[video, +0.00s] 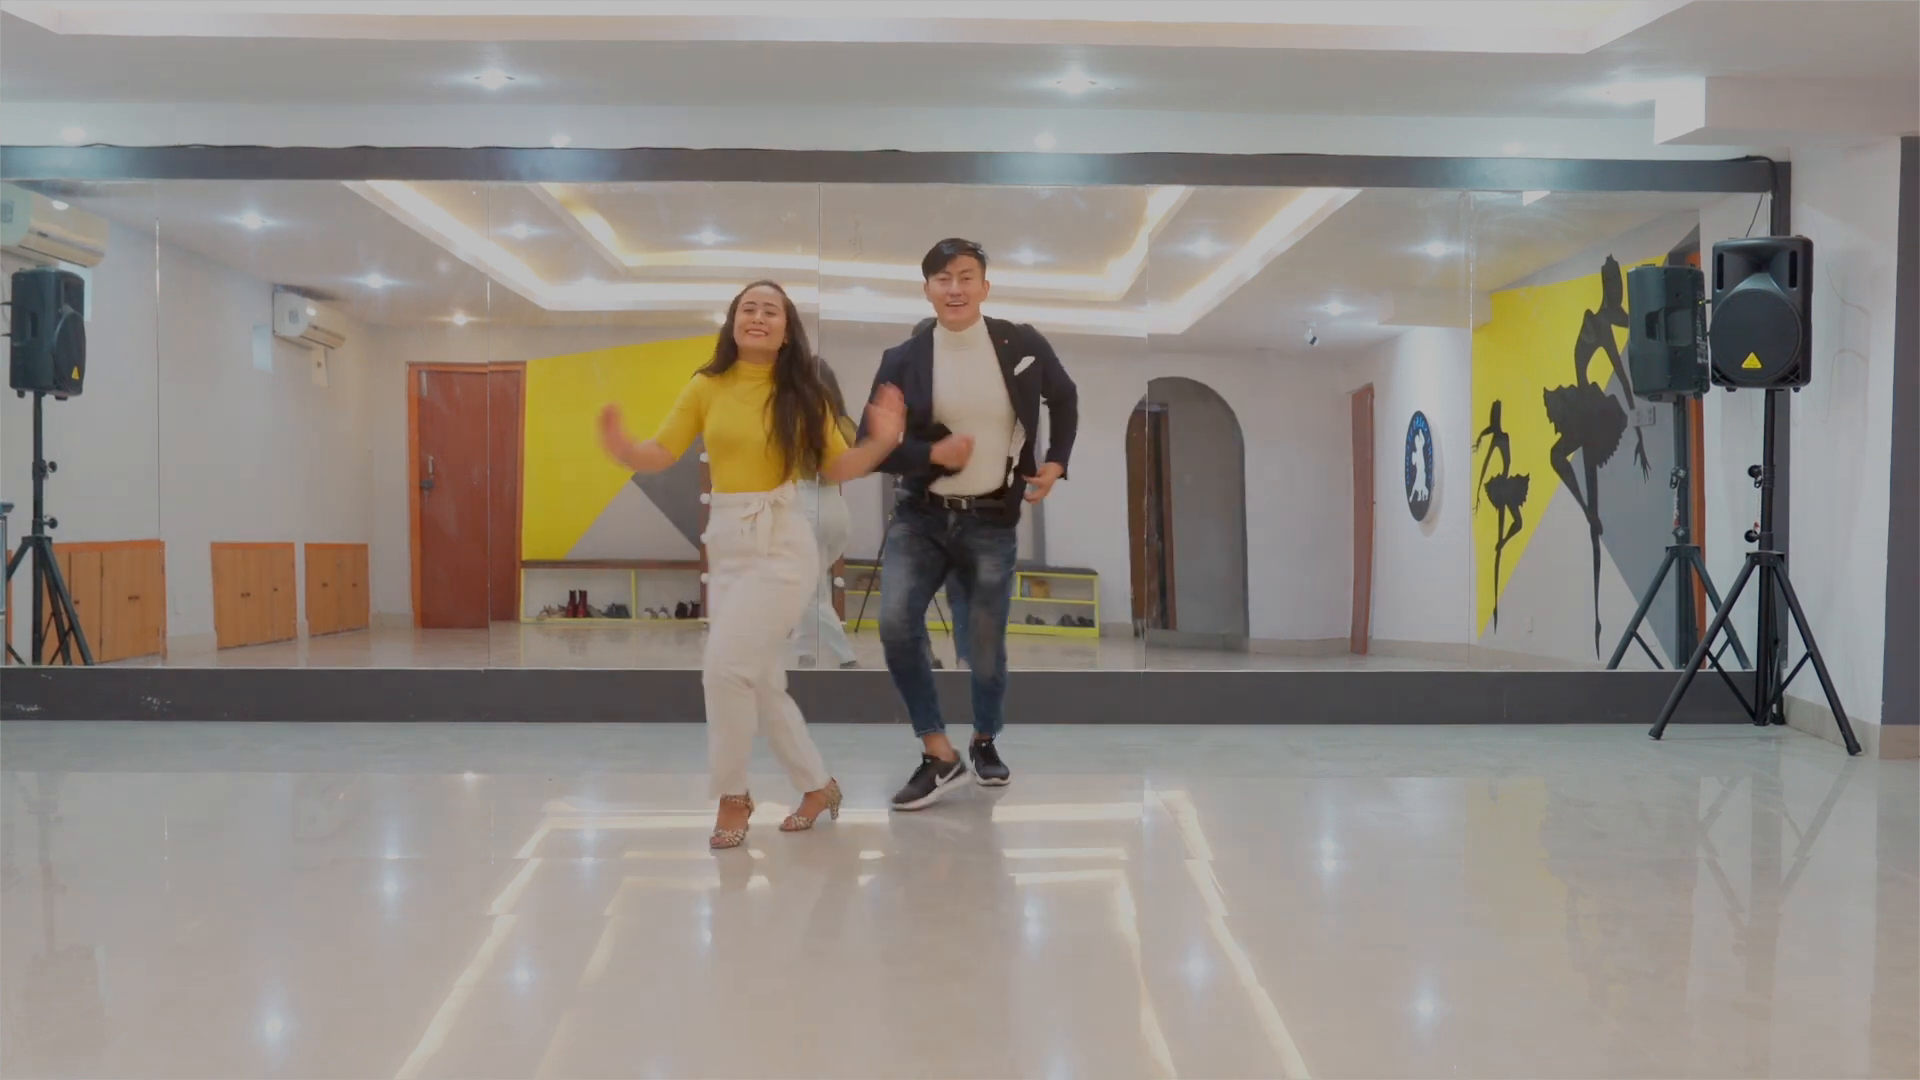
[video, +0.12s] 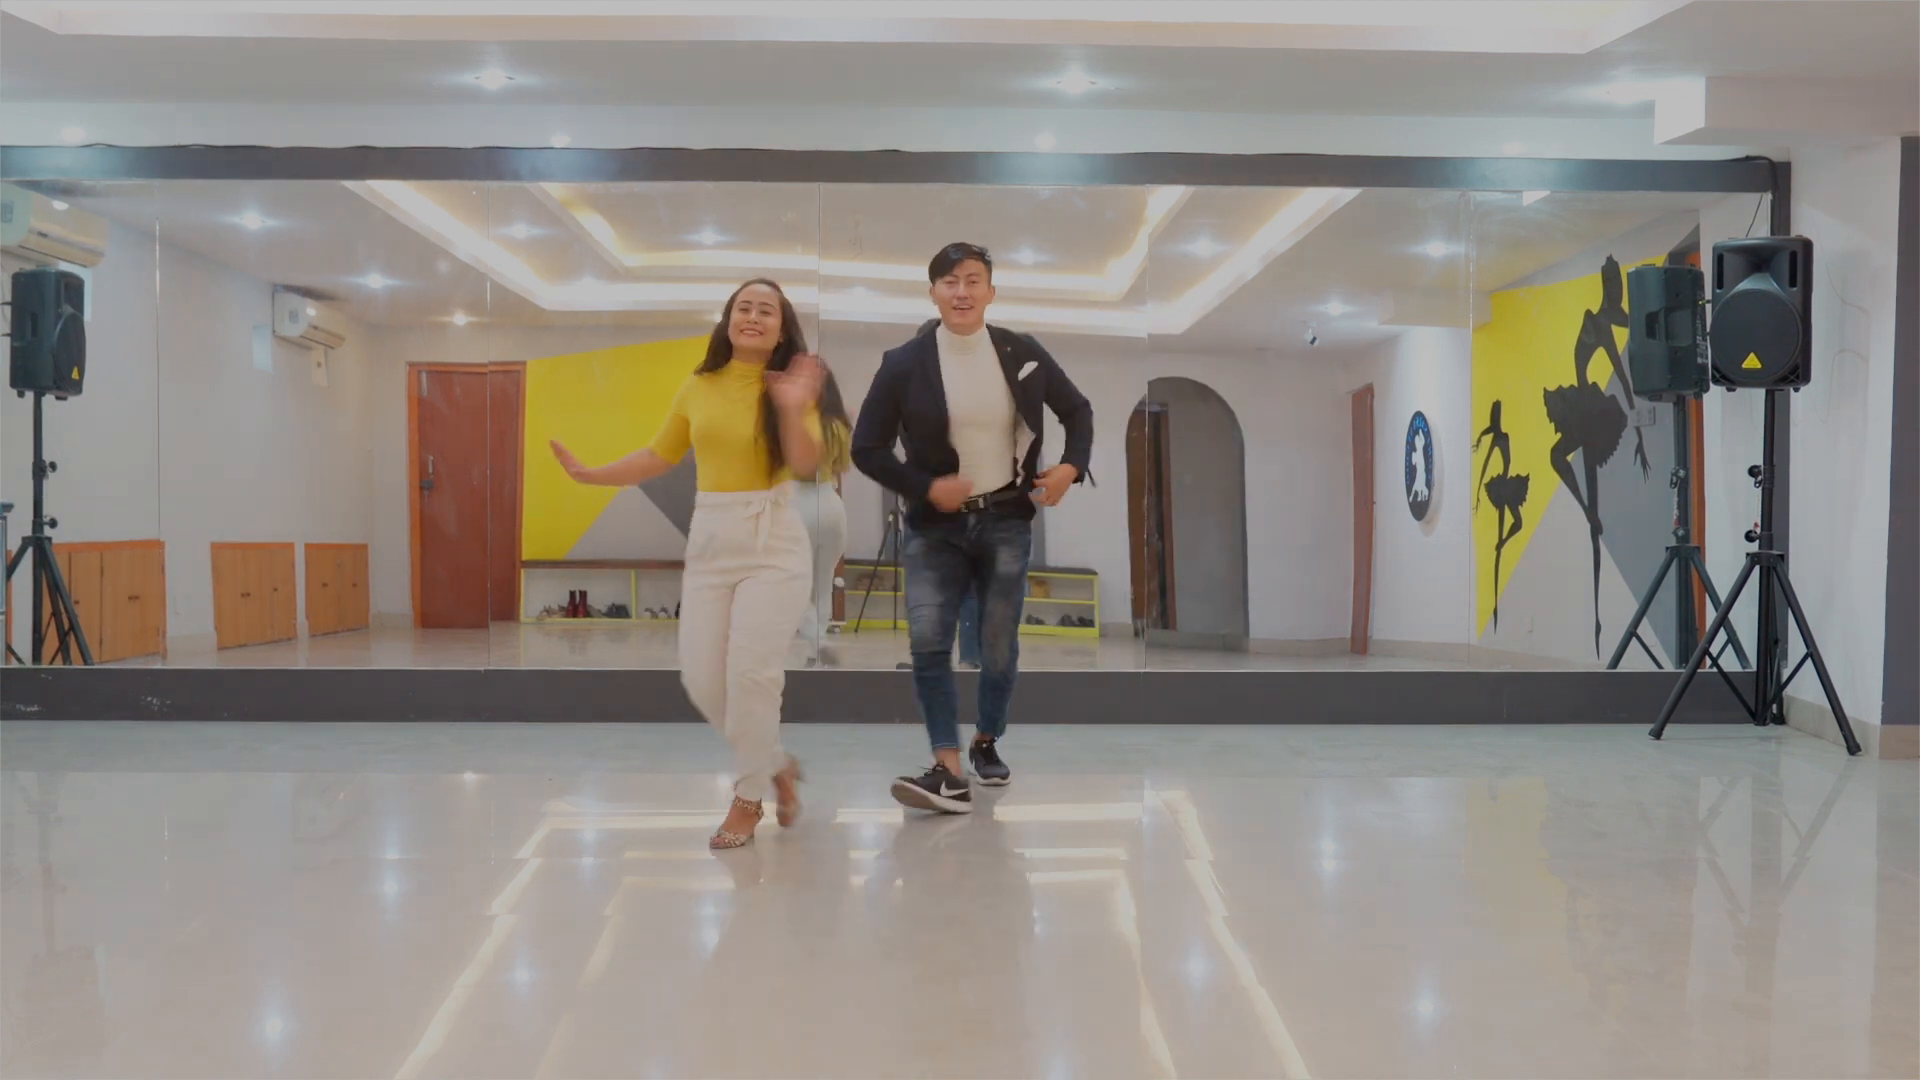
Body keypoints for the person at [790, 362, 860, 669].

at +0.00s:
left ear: (801, 386)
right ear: (833, 386)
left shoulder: (796, 417)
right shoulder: (840, 420)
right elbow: (846, 460)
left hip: (802, 502)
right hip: (834, 500)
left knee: (813, 588)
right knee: (813, 587)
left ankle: (844, 655)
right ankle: (803, 657)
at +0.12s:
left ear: (806, 394)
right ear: (833, 391)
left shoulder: (796, 425)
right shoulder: (840, 425)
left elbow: (786, 468)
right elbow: (842, 465)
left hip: (797, 496)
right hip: (829, 495)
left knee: (802, 582)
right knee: (825, 580)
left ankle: (810, 645)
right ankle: (820, 640)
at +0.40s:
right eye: (815, 379)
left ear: (785, 380)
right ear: (816, 385)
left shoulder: (773, 418)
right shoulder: (820, 425)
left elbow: (758, 468)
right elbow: (837, 468)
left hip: (780, 502)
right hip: (816, 505)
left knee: (781, 585)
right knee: (813, 583)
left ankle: (778, 655)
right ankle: (814, 651)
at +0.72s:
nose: (810, 388)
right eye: (809, 383)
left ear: (777, 388)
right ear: (806, 389)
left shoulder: (765, 420)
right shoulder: (810, 425)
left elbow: (750, 461)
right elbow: (831, 460)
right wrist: (833, 423)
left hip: (763, 496)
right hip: (800, 499)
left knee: (763, 590)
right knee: (791, 592)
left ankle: (761, 638)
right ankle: (776, 658)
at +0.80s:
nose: (809, 386)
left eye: (806, 379)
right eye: (805, 381)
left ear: (773, 385)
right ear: (798, 387)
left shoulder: (762, 419)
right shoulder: (805, 424)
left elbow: (754, 457)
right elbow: (832, 457)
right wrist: (831, 420)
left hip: (759, 498)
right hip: (794, 501)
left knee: (763, 587)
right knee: (793, 592)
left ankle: (750, 636)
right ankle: (775, 661)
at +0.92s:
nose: (806, 381)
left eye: (804, 374)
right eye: (801, 374)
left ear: (769, 380)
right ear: (786, 378)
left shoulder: (754, 415)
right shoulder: (793, 416)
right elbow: (821, 452)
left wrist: (825, 434)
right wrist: (840, 436)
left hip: (757, 502)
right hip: (782, 505)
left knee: (787, 577)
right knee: (796, 586)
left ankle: (757, 624)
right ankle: (777, 660)